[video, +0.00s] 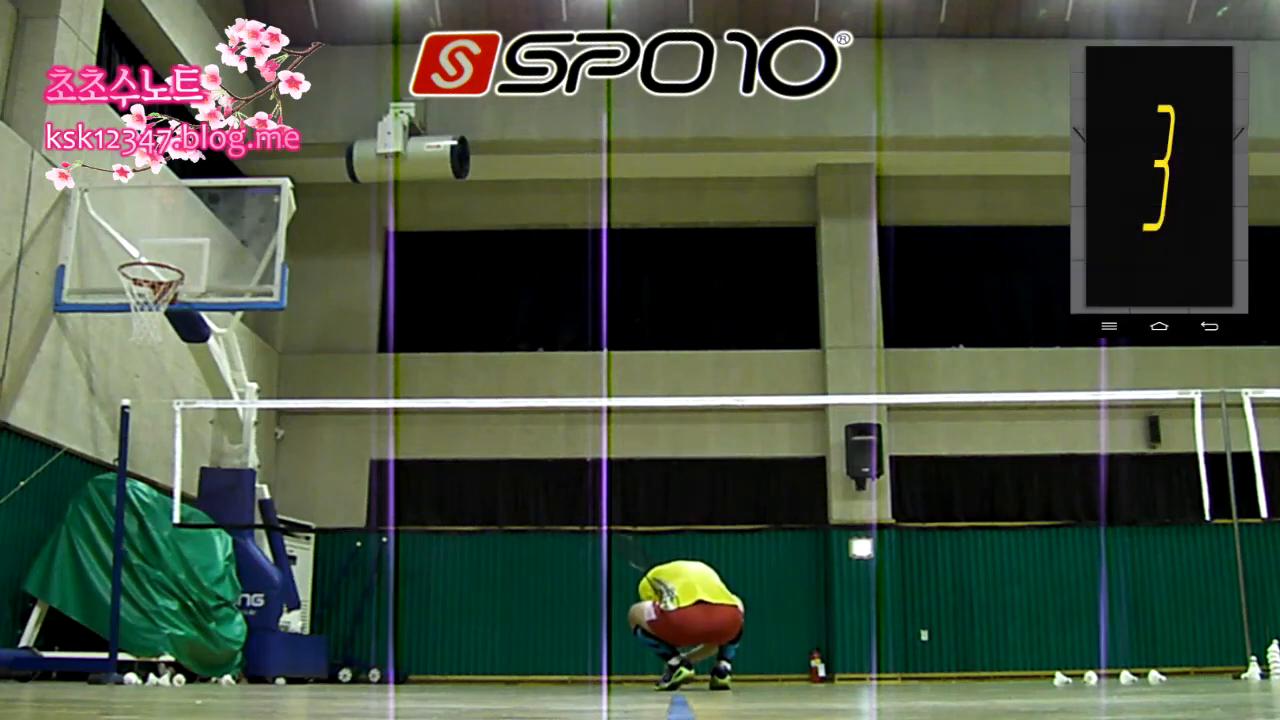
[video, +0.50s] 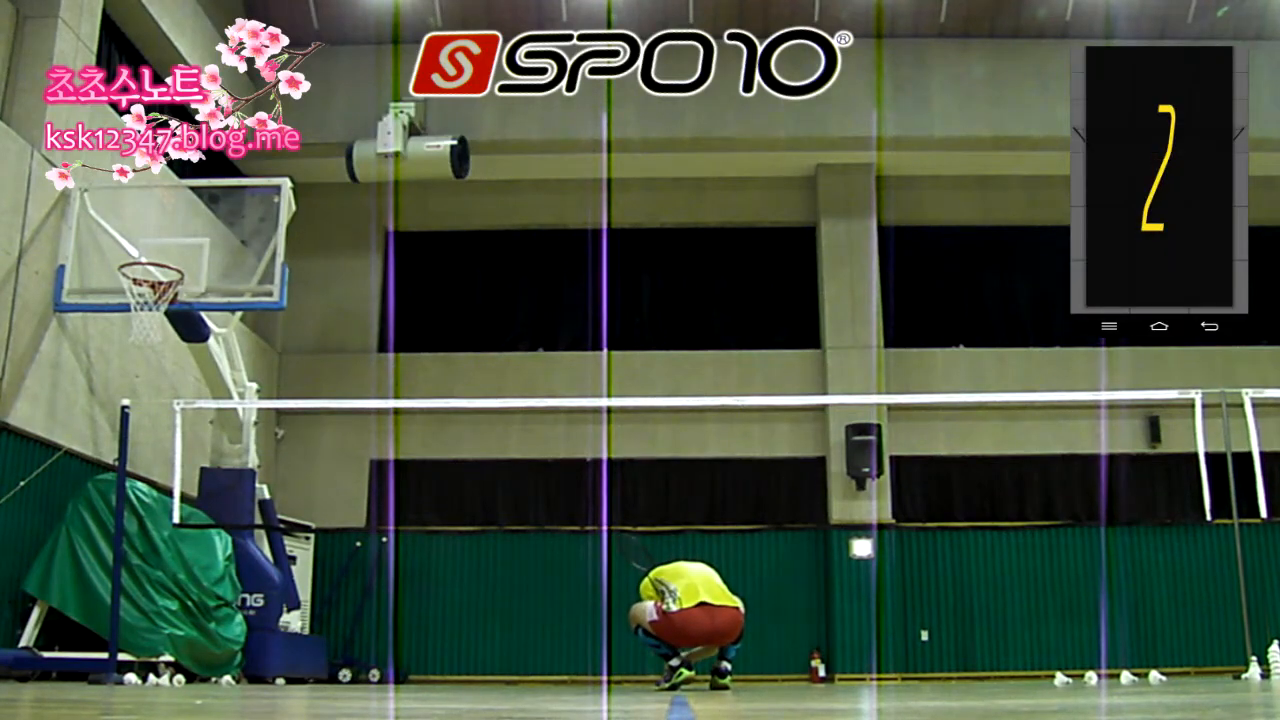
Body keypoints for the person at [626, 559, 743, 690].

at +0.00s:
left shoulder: (647, 582)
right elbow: (718, 641)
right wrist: (686, 660)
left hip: (683, 621)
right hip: (727, 620)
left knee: (634, 614)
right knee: (738, 605)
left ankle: (675, 664)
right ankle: (723, 669)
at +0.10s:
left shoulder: (647, 582)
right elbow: (716, 643)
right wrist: (685, 660)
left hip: (683, 622)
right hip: (727, 621)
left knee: (634, 615)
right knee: (738, 605)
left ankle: (675, 664)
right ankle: (723, 669)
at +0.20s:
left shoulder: (647, 582)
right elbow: (718, 641)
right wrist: (686, 659)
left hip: (684, 622)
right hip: (728, 620)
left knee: (634, 614)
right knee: (737, 604)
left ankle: (676, 665)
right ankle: (723, 669)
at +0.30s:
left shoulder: (647, 582)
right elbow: (719, 641)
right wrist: (687, 659)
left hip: (684, 622)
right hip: (729, 621)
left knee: (634, 614)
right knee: (738, 604)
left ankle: (676, 665)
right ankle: (723, 669)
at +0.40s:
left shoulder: (648, 582)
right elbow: (719, 642)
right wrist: (686, 659)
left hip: (685, 622)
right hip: (729, 621)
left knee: (635, 614)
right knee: (738, 604)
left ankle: (676, 665)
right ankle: (723, 669)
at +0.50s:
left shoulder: (649, 582)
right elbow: (719, 642)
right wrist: (686, 659)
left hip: (686, 622)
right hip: (730, 621)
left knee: (635, 614)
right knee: (738, 605)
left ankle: (676, 666)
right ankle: (723, 670)